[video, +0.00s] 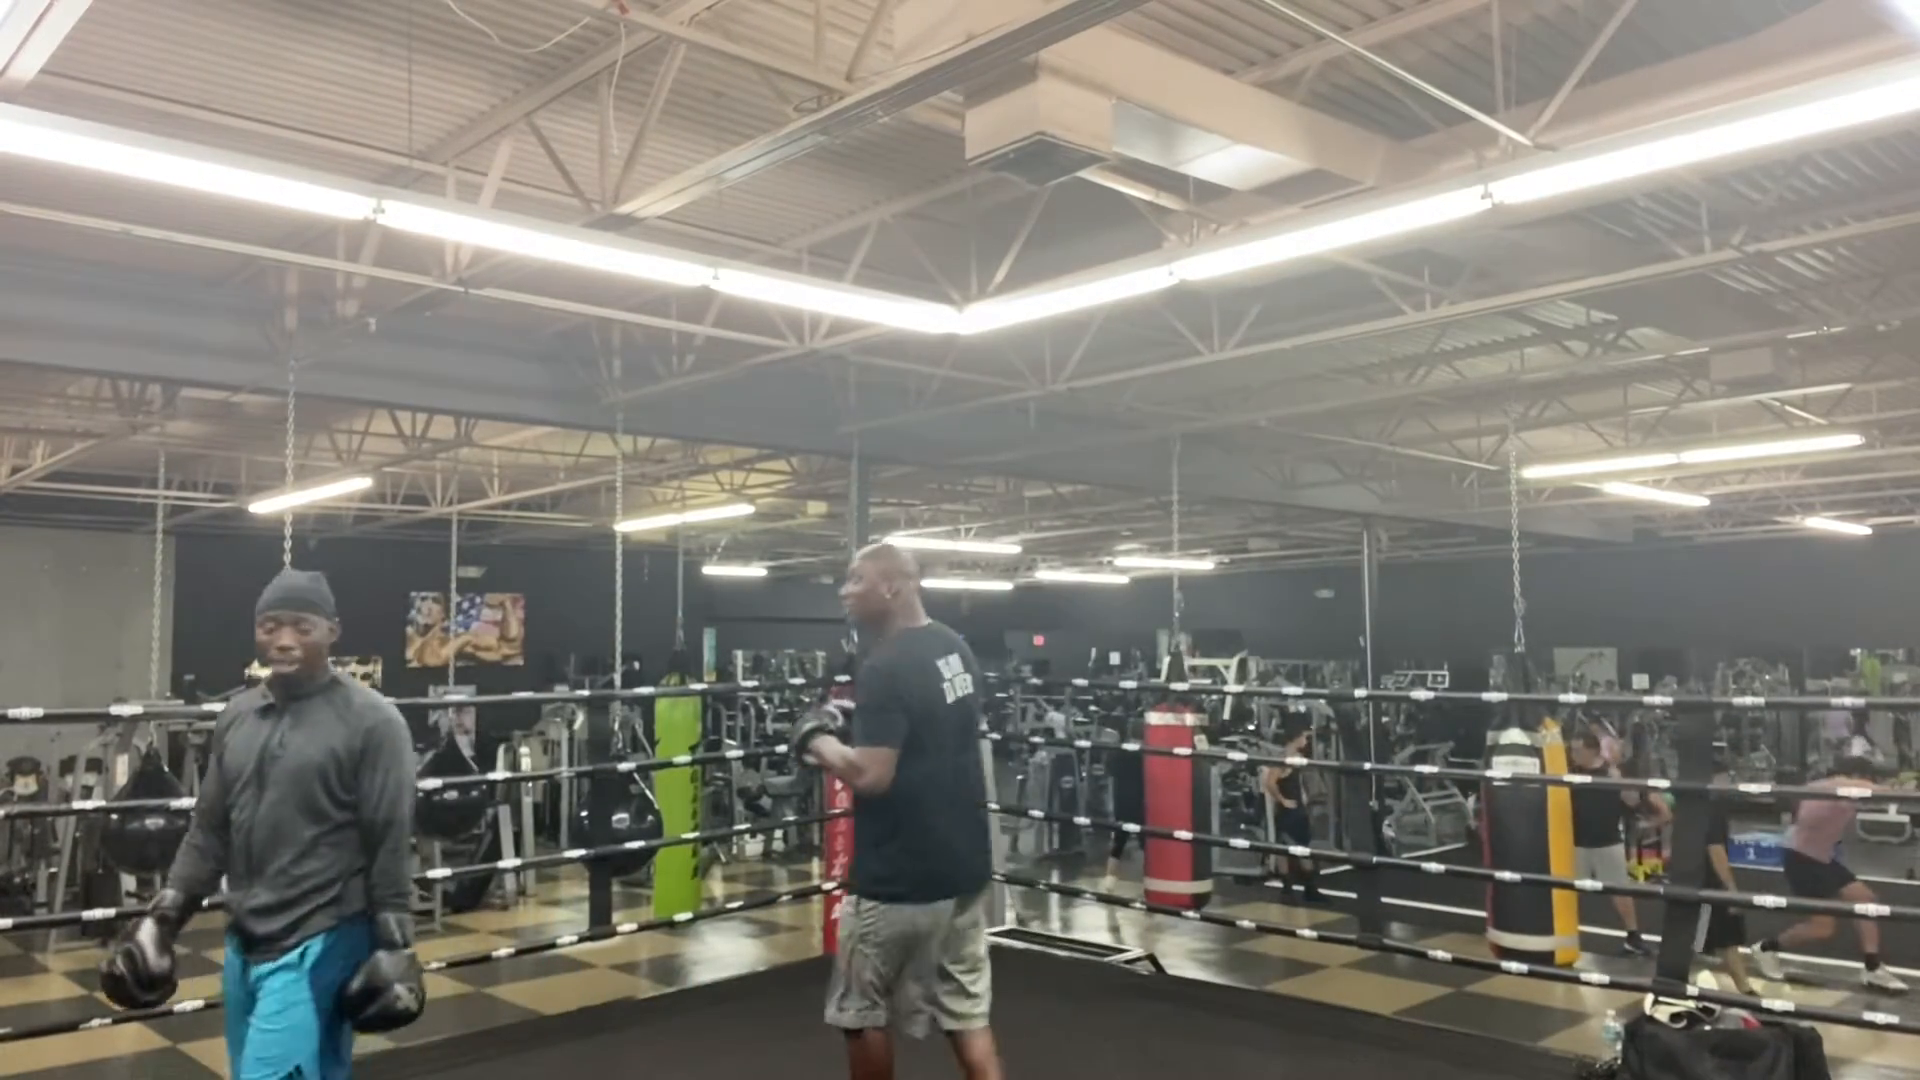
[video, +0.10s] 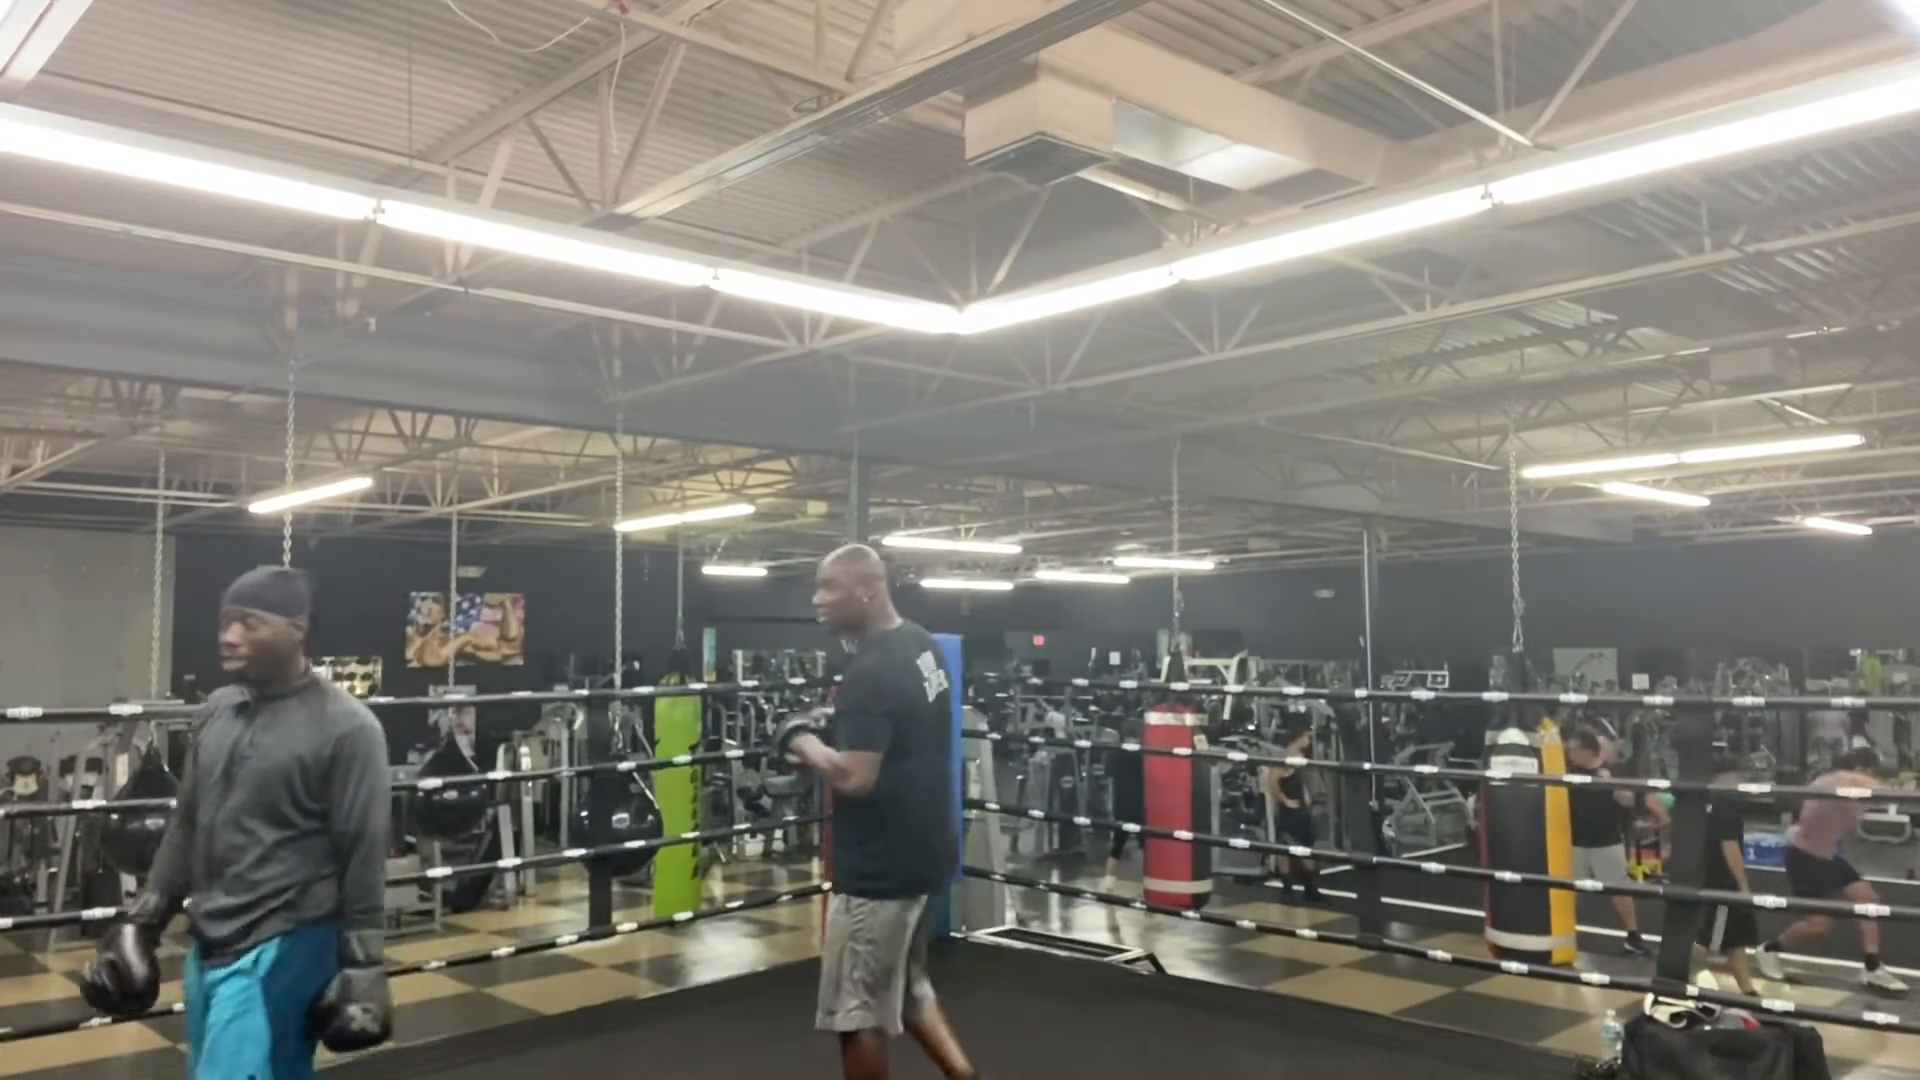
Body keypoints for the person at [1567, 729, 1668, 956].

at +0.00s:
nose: (1572, 754)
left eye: (1577, 750)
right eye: (1571, 750)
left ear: (1592, 750)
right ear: (1571, 751)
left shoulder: (1609, 773)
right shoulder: (1570, 774)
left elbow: (1631, 799)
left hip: (1608, 842)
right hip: (1576, 841)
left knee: (1620, 891)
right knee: (1567, 892)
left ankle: (1633, 935)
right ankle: (1565, 940)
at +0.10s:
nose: (1573, 754)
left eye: (1578, 749)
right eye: (1571, 749)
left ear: (1595, 751)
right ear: (1571, 751)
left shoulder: (1610, 773)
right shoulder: (1569, 773)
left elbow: (1628, 800)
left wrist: (1607, 780)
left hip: (1606, 841)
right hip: (1573, 841)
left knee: (1619, 890)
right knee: (1566, 893)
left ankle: (1633, 934)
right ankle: (1563, 939)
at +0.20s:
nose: (1569, 755)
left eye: (1573, 750)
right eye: (1568, 750)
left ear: (1590, 750)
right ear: (1568, 750)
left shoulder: (1616, 771)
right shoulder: (1568, 772)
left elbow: (1625, 800)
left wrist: (1600, 780)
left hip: (1607, 843)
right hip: (1573, 842)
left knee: (1618, 890)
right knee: (1565, 893)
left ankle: (1633, 934)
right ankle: (1561, 938)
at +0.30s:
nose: (1569, 754)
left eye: (1573, 750)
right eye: (1568, 750)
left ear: (1587, 750)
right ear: (1568, 749)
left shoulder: (1613, 771)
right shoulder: (1567, 771)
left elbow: (1620, 800)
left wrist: (1596, 780)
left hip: (1607, 841)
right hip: (1572, 840)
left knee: (1619, 890)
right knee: (1564, 892)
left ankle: (1633, 933)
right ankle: (1559, 935)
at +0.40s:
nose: (1566, 755)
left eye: (1570, 750)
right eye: (1566, 750)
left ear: (1584, 750)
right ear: (1571, 751)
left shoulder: (1609, 771)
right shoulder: (1567, 773)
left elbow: (1621, 800)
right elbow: (1556, 801)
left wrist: (1595, 782)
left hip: (1606, 842)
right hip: (1573, 841)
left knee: (1618, 891)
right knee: (1565, 891)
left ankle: (1633, 933)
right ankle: (1557, 934)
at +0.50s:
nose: (1565, 754)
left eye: (1569, 750)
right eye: (1565, 750)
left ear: (1584, 751)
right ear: (1569, 751)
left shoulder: (1607, 771)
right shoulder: (1566, 773)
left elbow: (1620, 799)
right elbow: (1554, 801)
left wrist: (1593, 783)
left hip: (1605, 842)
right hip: (1571, 840)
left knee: (1618, 890)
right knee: (1564, 891)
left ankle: (1633, 933)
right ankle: (1559, 933)